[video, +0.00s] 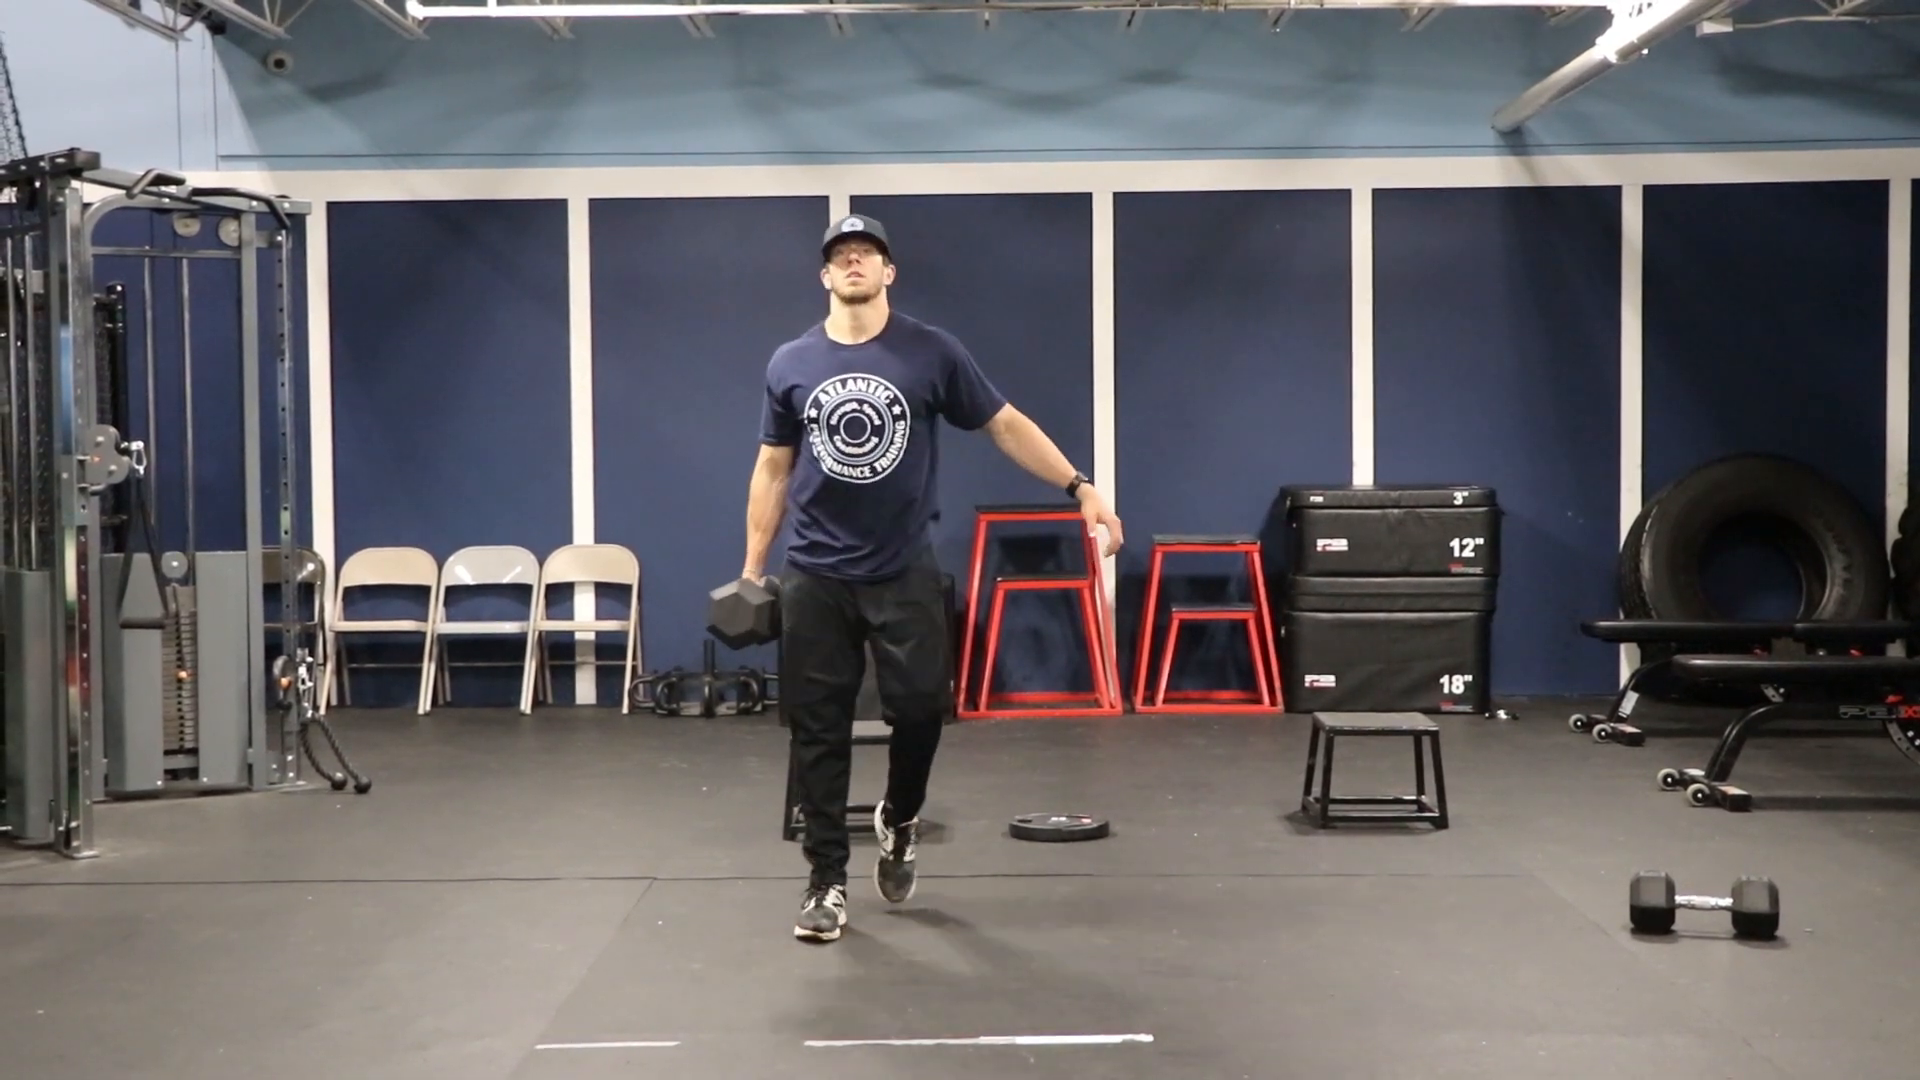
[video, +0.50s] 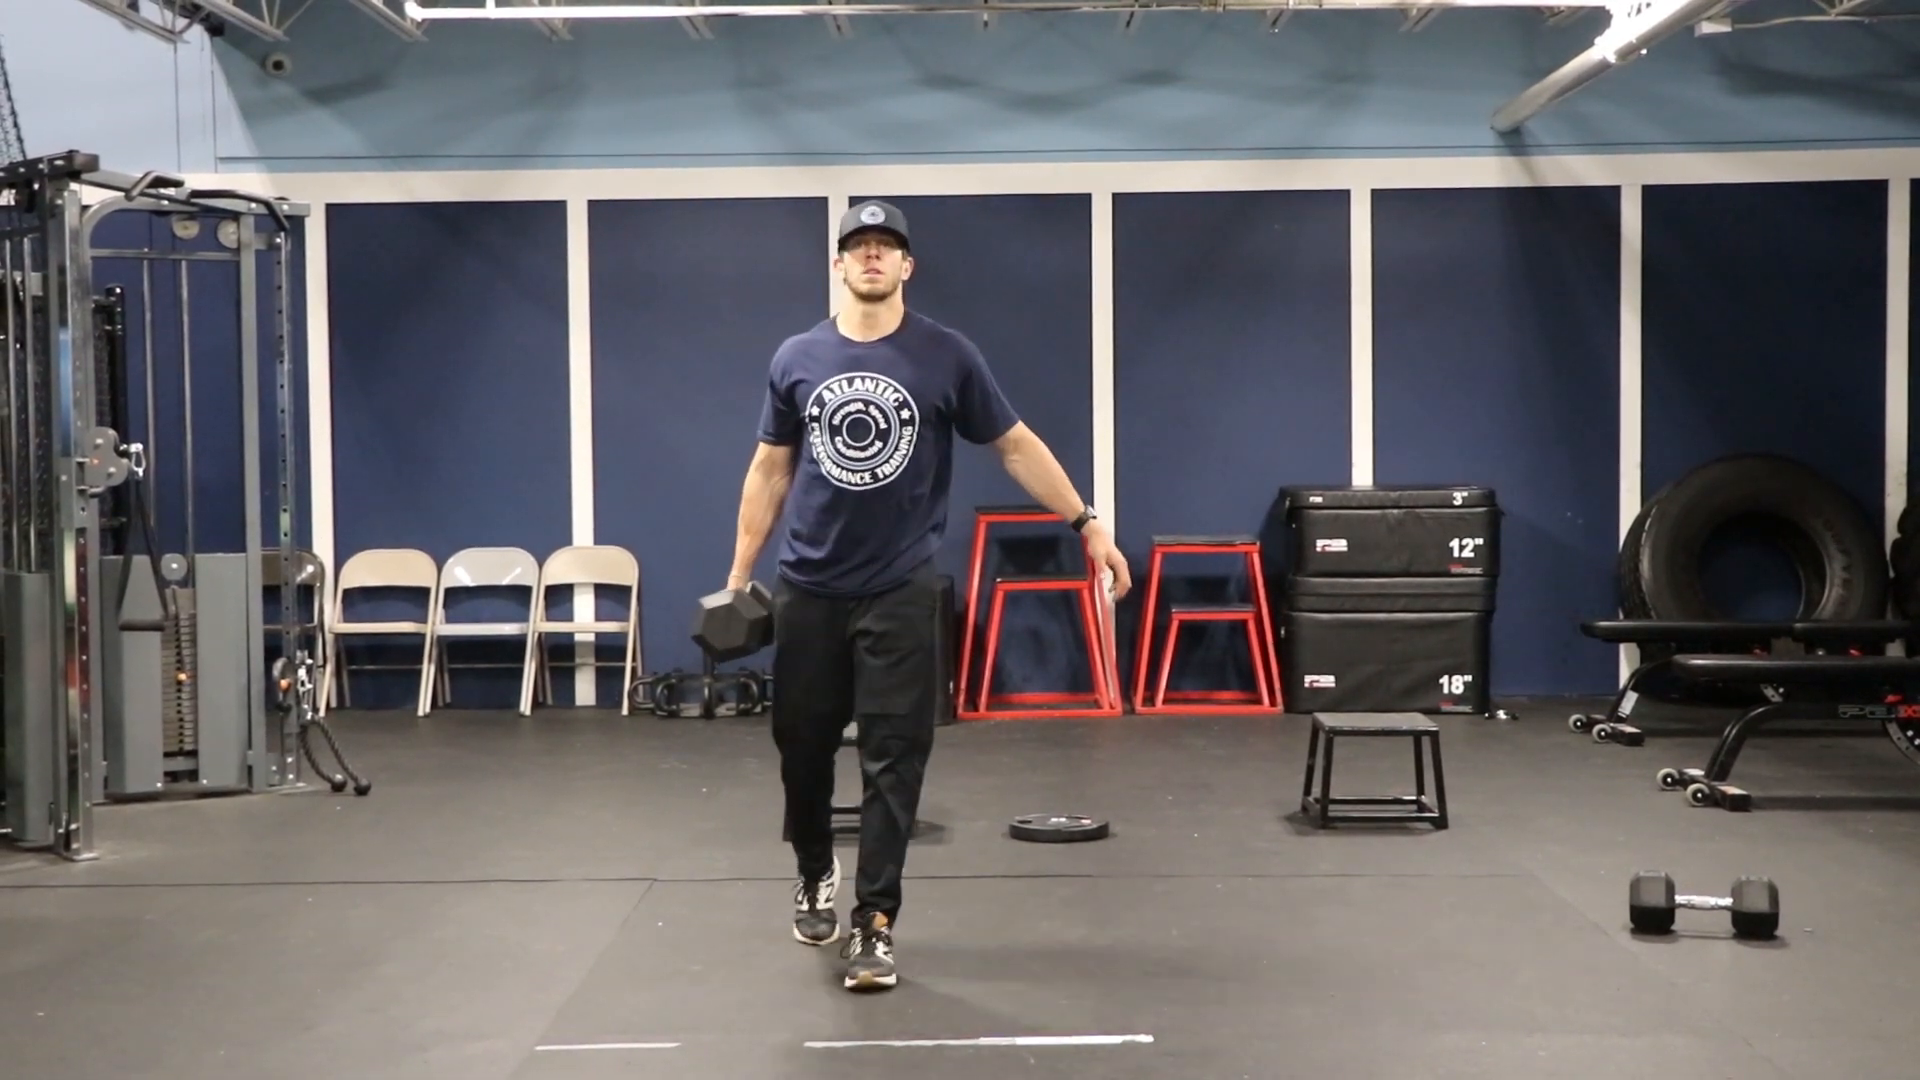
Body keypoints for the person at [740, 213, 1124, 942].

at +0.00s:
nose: (854, 266)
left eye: (866, 256)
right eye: (841, 258)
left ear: (889, 274)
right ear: (824, 277)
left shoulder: (933, 353)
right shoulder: (790, 365)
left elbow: (1006, 424)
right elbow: (772, 471)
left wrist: (1081, 487)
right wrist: (754, 570)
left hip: (904, 567)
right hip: (813, 568)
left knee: (922, 710)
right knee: (817, 723)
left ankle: (898, 824)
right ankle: (825, 881)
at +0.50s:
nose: (871, 258)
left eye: (886, 248)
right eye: (859, 247)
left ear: (907, 265)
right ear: (838, 263)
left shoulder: (948, 356)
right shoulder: (797, 358)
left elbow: (1017, 444)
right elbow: (770, 468)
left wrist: (1089, 524)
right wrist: (740, 574)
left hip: (903, 581)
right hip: (809, 583)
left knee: (894, 749)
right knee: (802, 741)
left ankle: (875, 924)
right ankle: (815, 870)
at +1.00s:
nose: (845, 249)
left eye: (860, 236)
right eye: (831, 237)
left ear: (887, 250)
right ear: (811, 252)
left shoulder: (934, 353)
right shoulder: (772, 357)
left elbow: (1010, 437)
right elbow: (746, 476)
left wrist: (1077, 491)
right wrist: (722, 588)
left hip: (893, 601)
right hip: (791, 600)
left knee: (887, 778)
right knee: (790, 784)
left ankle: (874, 918)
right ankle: (784, 971)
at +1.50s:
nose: (804, 225)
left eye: (820, 211)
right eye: (788, 212)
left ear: (848, 227)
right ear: (767, 228)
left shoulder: (903, 335)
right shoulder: (723, 344)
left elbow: (984, 443)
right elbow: (699, 478)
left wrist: (1071, 533)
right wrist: (669, 608)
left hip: (857, 605)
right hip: (747, 611)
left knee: (853, 800)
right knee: (765, 805)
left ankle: (847, 1011)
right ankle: (777, 978)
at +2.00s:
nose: (806, 197)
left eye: (825, 183)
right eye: (790, 184)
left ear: (859, 199)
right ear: (769, 201)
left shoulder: (914, 324)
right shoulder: (716, 325)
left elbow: (1012, 433)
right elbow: (684, 470)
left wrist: (1097, 510)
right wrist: (646, 613)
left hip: (843, 624)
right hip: (720, 618)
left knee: (834, 841)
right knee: (706, 832)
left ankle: (813, 1041)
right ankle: (701, 1055)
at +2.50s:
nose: (715, 164)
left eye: (735, 149)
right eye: (698, 150)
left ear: (772, 171)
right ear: (674, 173)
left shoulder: (842, 299)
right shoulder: (620, 320)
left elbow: (948, 436)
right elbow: (602, 488)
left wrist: (1048, 548)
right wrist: (583, 651)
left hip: (800, 638)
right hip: (660, 643)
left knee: (824, 864)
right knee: (679, 891)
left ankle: (807, 1053)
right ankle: (693, 1073)